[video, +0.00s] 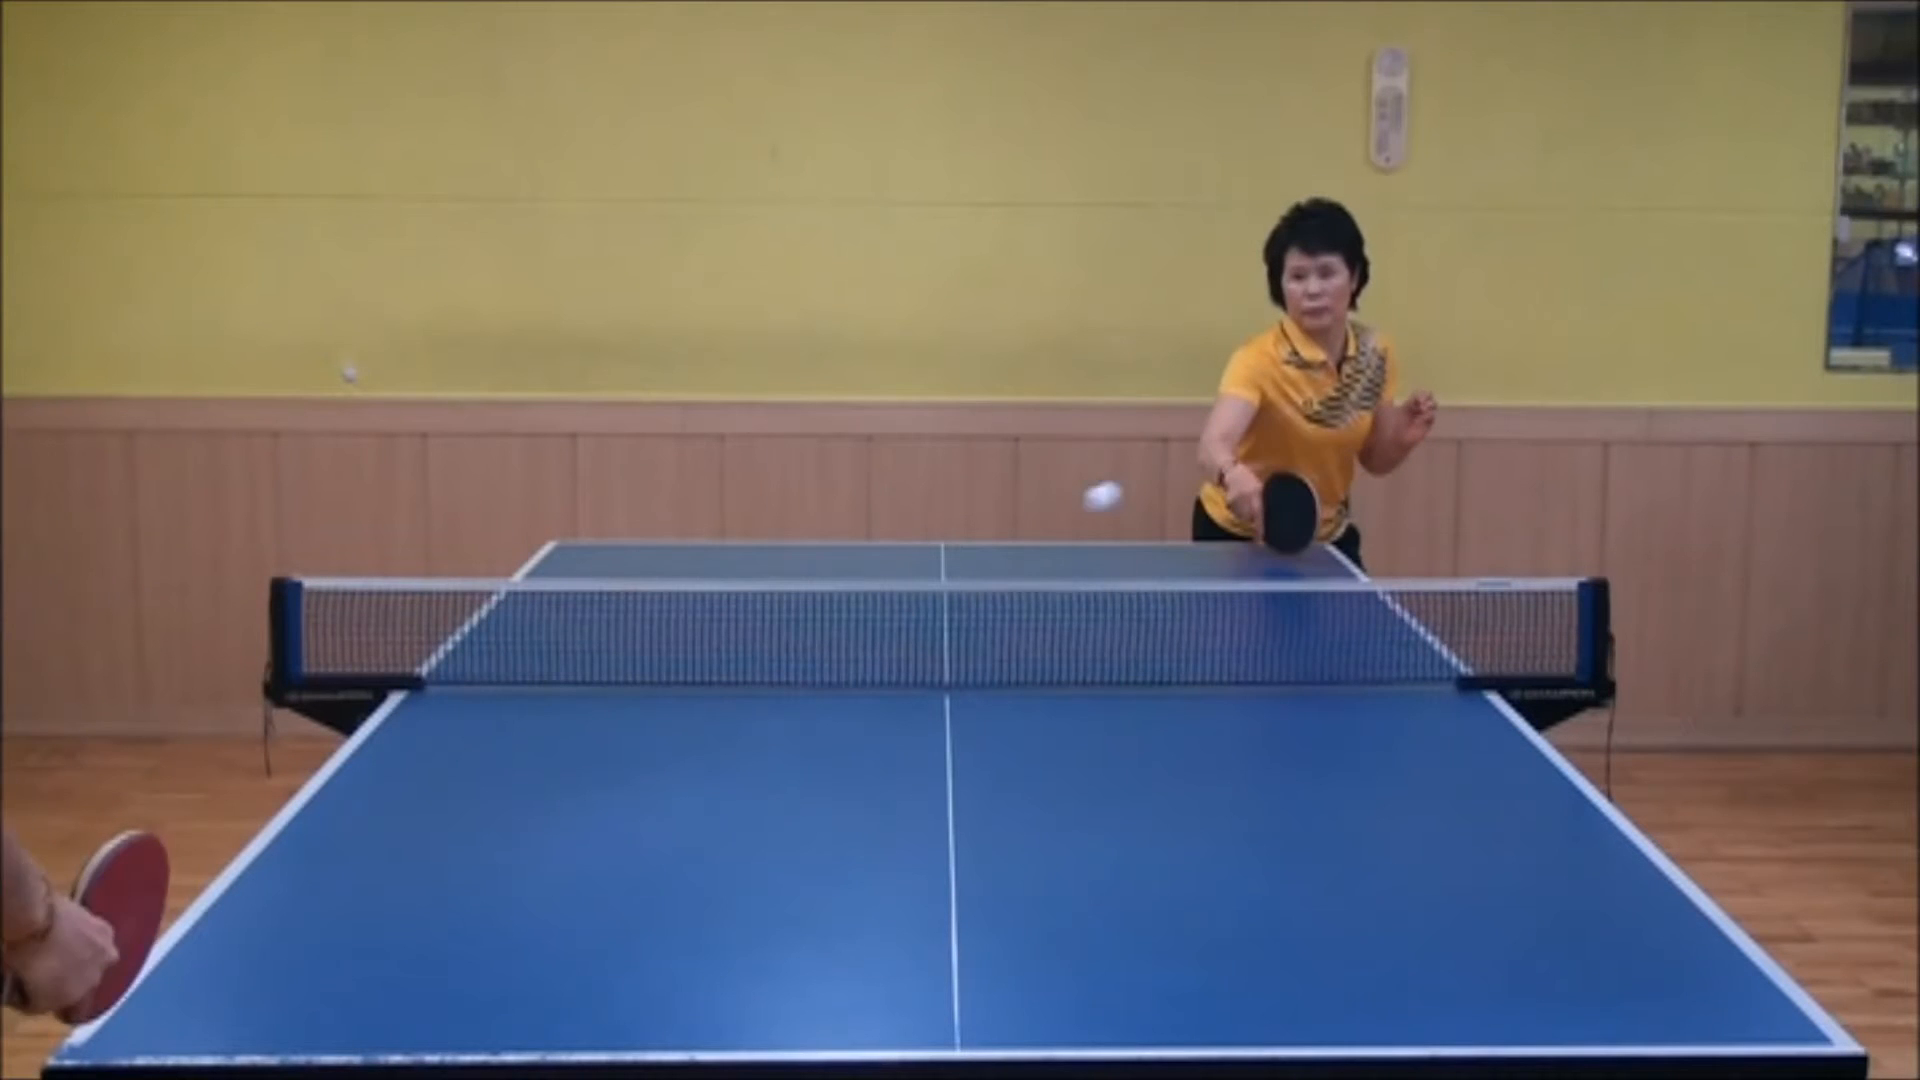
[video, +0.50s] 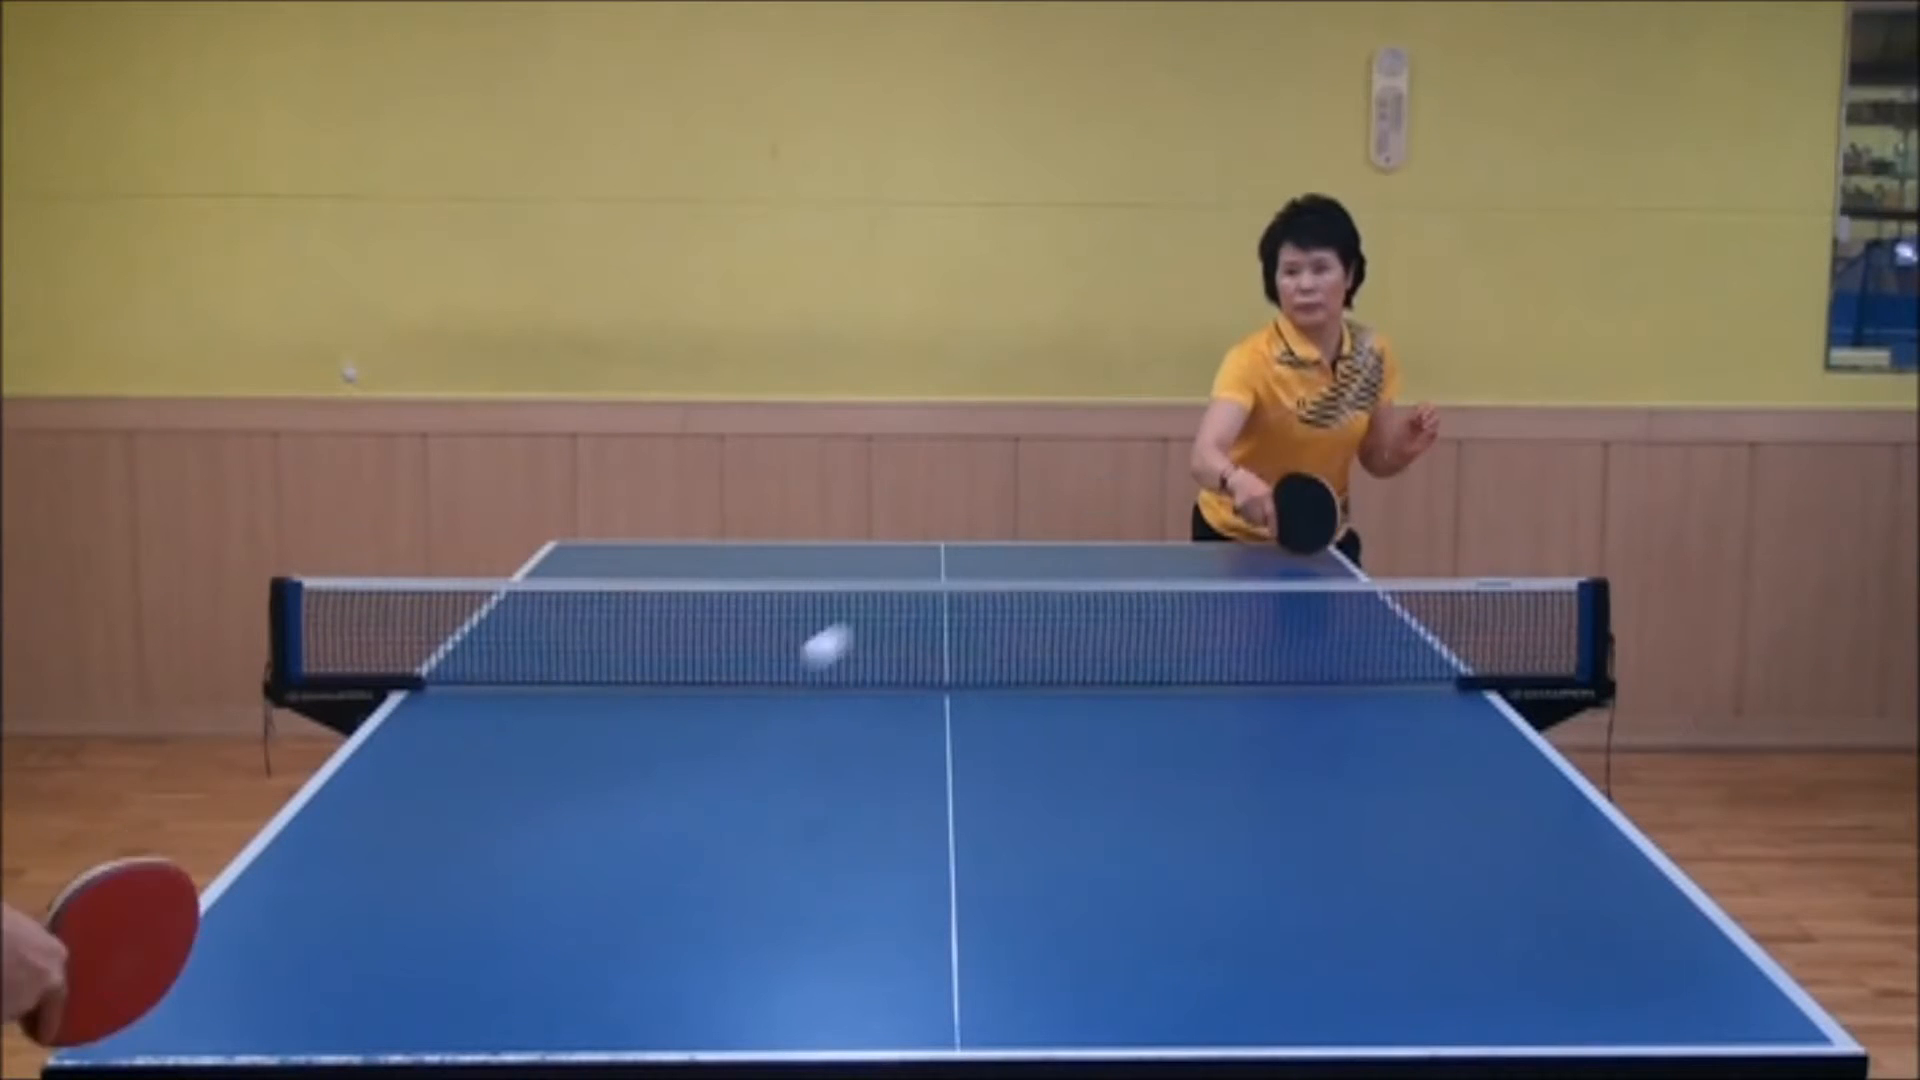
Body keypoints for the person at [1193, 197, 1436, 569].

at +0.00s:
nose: (1312, 289)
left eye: (1327, 274)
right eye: (1298, 276)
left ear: (1355, 278)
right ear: (1280, 285)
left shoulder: (1373, 357)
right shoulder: (1258, 360)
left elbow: (1374, 460)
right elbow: (1213, 444)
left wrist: (1399, 441)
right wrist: (1233, 473)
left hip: (1328, 537)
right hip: (1239, 535)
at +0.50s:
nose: (1306, 285)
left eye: (1321, 269)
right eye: (1291, 271)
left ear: (1350, 276)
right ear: (1274, 281)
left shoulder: (1371, 356)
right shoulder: (1251, 360)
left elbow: (1376, 459)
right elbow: (1205, 454)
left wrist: (1403, 448)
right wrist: (1236, 480)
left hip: (1327, 538)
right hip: (1238, 538)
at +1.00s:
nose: (1290, 259)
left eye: (1305, 243)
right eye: (1276, 246)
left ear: (1335, 251)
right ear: (1259, 258)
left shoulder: (1364, 332)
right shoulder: (1237, 340)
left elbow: (1375, 440)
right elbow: (1187, 445)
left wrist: (1397, 427)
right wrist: (1226, 453)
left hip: (1331, 532)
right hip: (1240, 531)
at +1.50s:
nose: (1263, 208)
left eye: (1279, 194)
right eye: (1251, 194)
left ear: (1312, 201)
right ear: (1236, 204)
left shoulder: (1349, 281)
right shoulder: (1212, 288)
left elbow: (1360, 376)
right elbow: (1179, 403)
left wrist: (1371, 391)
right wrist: (1214, 386)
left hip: (1319, 484)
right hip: (1227, 480)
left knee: (1317, 612)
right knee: (1206, 612)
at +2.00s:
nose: (1165, 208)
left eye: (1181, 194)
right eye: (1154, 194)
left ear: (1212, 202)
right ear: (1139, 202)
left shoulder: (1249, 282)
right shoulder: (1112, 285)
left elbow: (1259, 372)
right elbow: (1077, 397)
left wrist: (1252, 390)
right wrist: (1105, 382)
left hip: (1227, 483)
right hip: (1134, 481)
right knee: (1117, 599)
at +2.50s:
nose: (1193, 203)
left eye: (1209, 189)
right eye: (1182, 189)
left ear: (1239, 196)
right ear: (1166, 196)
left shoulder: (1273, 279)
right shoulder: (1139, 280)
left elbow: (1282, 372)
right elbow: (1110, 395)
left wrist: (1280, 388)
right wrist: (1139, 382)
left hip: (1245, 482)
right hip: (1154, 479)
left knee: (1261, 600)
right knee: (1135, 600)